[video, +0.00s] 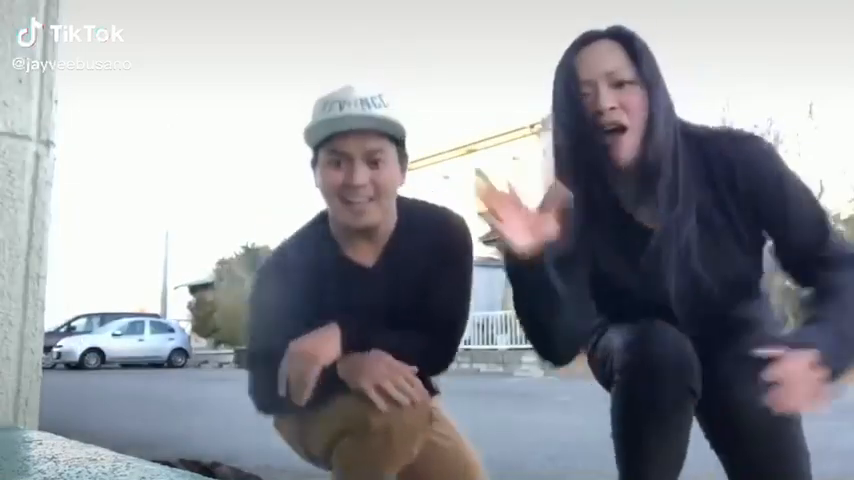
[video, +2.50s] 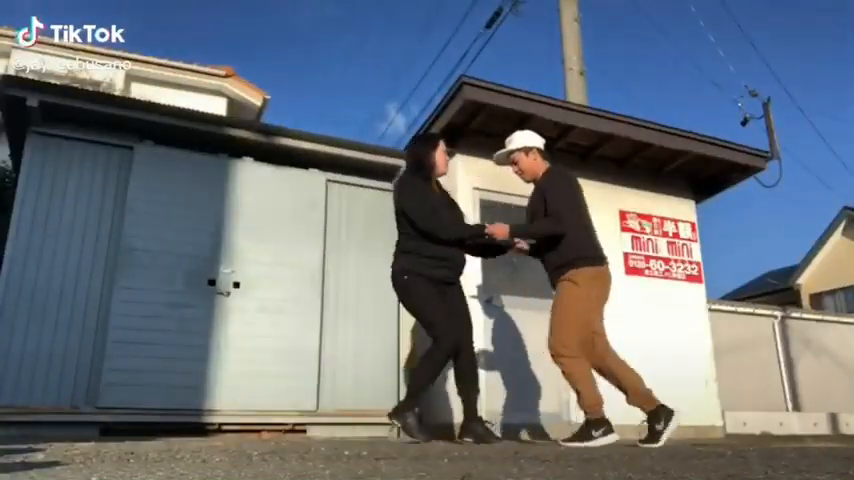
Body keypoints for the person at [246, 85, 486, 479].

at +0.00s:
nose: (356, 180)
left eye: (374, 162)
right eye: (338, 162)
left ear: (401, 171)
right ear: (316, 173)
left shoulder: (443, 234)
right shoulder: (285, 269)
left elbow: (436, 352)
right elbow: (267, 391)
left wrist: (341, 334)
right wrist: (344, 368)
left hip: (412, 398)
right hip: (311, 408)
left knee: (464, 472)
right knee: (398, 415)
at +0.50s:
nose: (350, 174)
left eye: (368, 155)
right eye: (329, 157)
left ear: (391, 166)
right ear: (302, 171)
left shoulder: (435, 227)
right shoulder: (274, 271)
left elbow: (458, 340)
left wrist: (369, 370)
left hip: (418, 405)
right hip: (314, 407)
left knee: (465, 471)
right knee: (408, 414)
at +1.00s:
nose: (359, 167)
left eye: (360, 161)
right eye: (356, 159)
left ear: (340, 159)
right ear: (339, 156)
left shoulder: (336, 201)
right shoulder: (318, 179)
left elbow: (373, 247)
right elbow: (356, 217)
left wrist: (414, 250)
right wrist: (397, 223)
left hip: (323, 280)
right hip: (294, 276)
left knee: (327, 346)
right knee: (320, 344)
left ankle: (311, 419)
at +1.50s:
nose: (368, 168)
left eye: (370, 162)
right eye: (365, 161)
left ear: (349, 159)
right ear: (349, 157)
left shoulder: (339, 187)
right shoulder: (339, 182)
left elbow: (364, 238)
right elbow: (372, 217)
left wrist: (401, 228)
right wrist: (419, 213)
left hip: (318, 273)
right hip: (304, 268)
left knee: (317, 342)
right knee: (318, 338)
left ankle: (297, 417)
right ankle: (256, 387)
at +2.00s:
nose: (417, 170)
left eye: (418, 164)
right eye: (414, 163)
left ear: (397, 161)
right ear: (399, 161)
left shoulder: (385, 189)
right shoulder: (392, 190)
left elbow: (418, 235)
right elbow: (416, 228)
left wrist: (456, 226)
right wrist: (457, 217)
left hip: (365, 269)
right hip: (380, 270)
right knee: (394, 343)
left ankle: (334, 395)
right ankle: (385, 424)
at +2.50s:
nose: (447, 159)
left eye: (446, 153)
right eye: (443, 153)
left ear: (428, 156)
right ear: (427, 156)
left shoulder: (440, 194)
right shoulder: (411, 186)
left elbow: (464, 241)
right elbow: (440, 227)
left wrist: (506, 246)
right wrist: (485, 231)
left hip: (445, 279)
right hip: (415, 277)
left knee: (464, 344)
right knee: (447, 338)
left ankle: (472, 420)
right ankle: (406, 408)